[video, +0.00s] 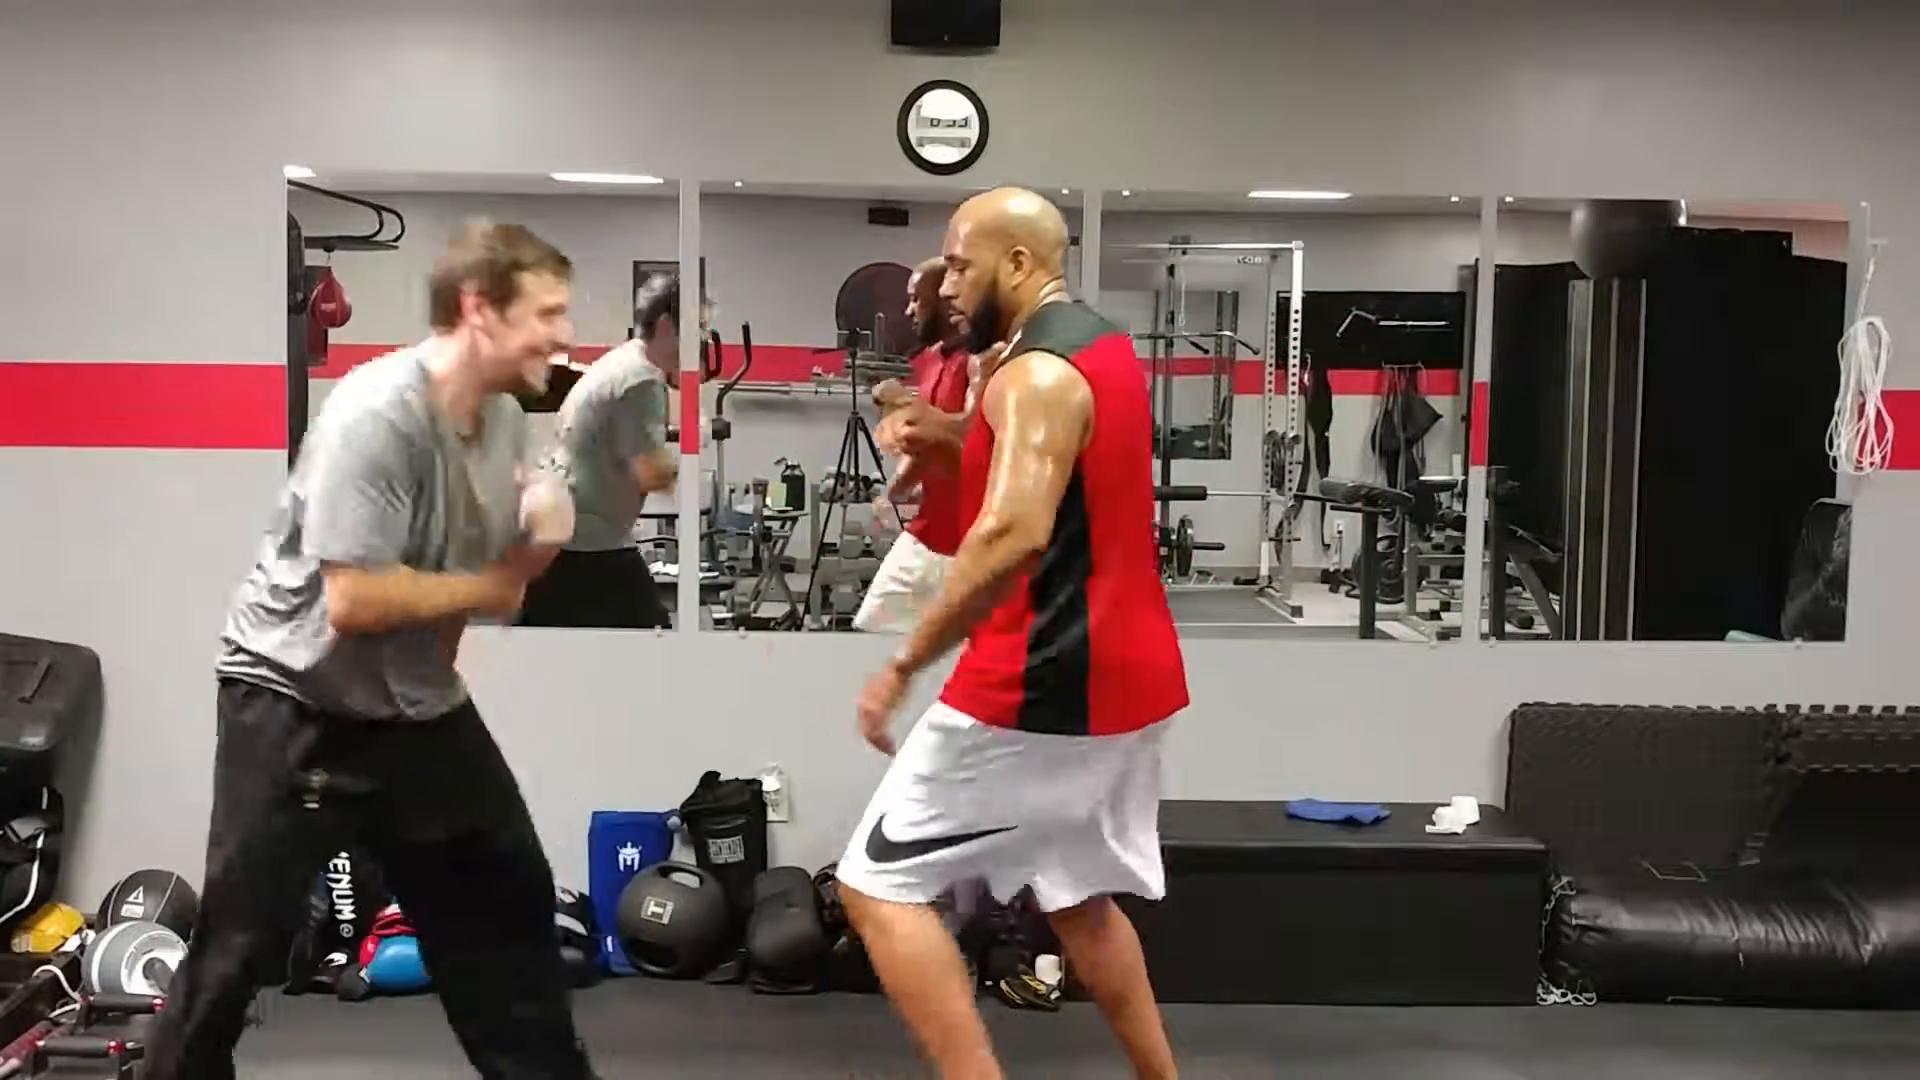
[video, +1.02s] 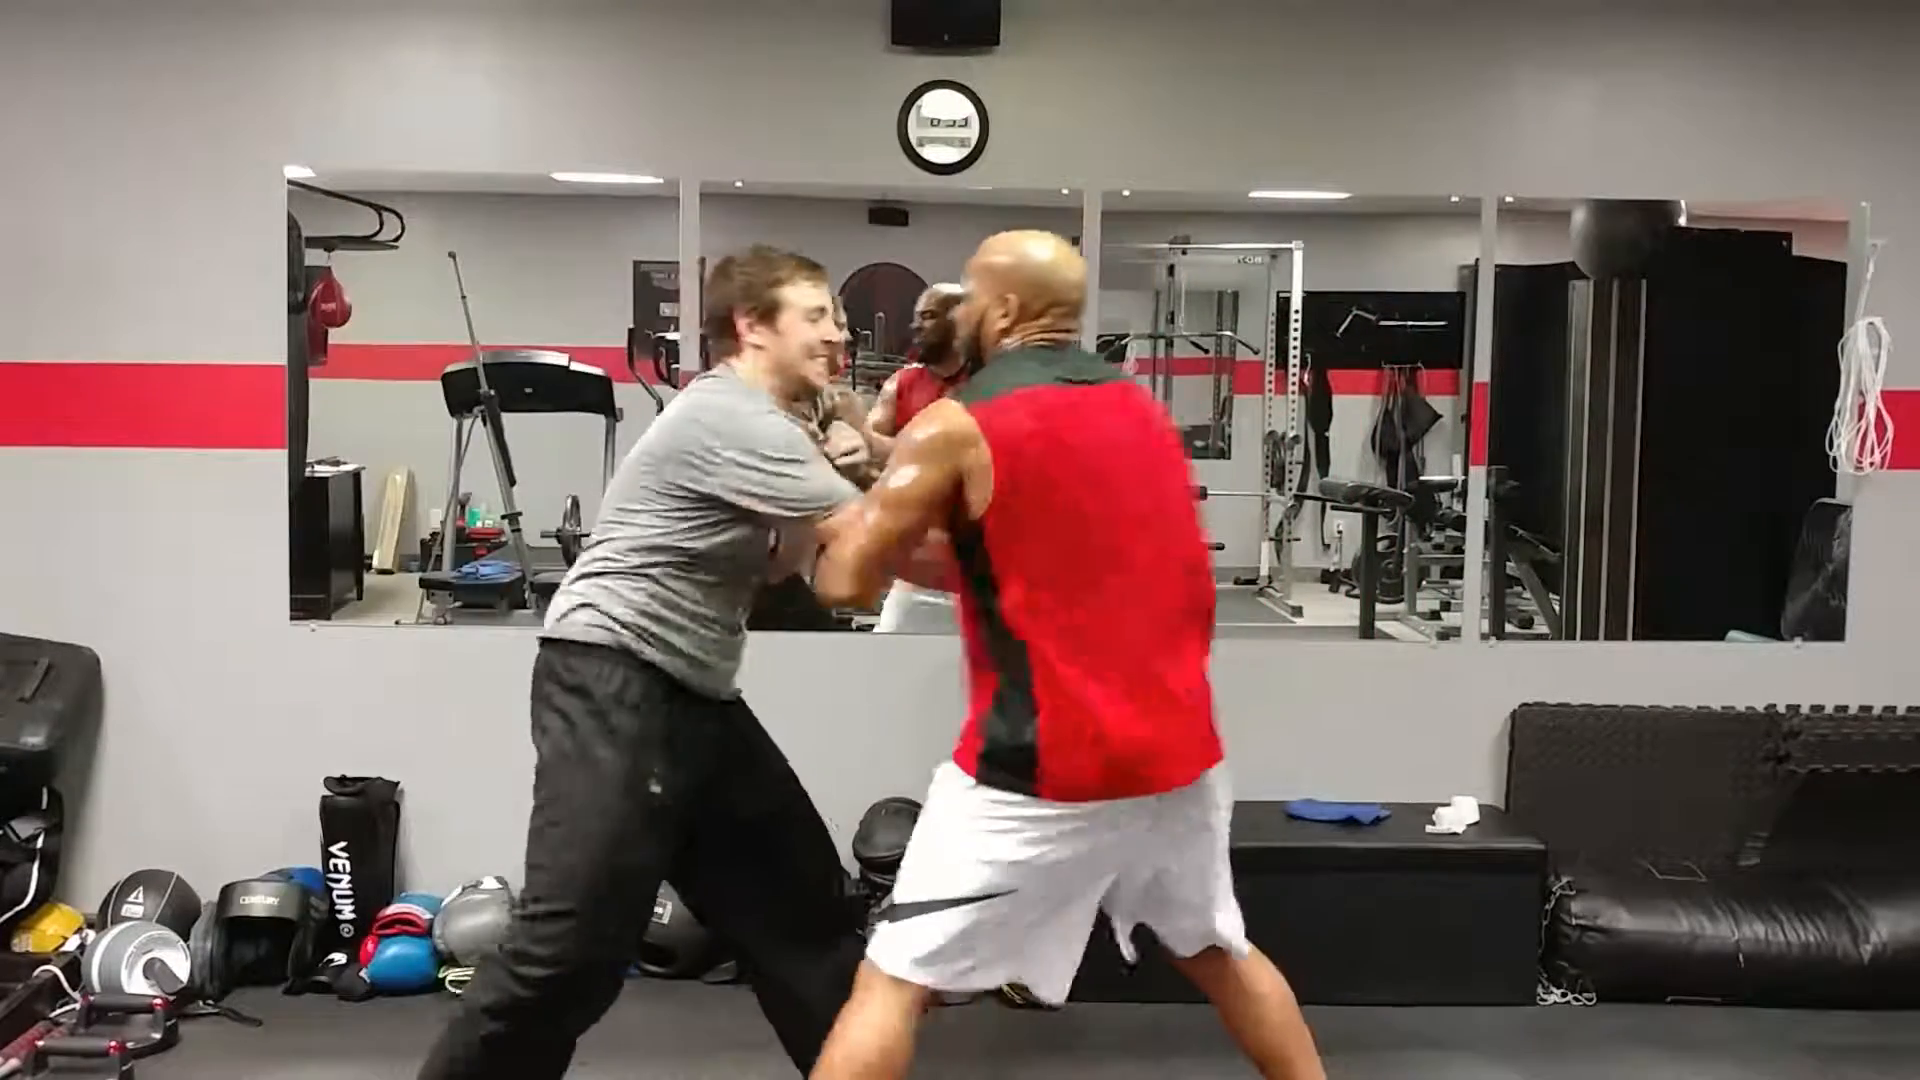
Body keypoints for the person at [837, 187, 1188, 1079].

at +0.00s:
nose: (945, 284)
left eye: (957, 264)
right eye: (945, 265)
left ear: (1017, 266)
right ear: (1034, 267)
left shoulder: (1038, 373)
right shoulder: (1104, 351)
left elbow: (1014, 530)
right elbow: (1070, 500)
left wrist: (904, 665)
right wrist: (952, 443)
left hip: (1035, 673)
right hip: (1129, 668)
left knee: (877, 885)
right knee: (1077, 892)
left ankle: (974, 1073)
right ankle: (1161, 1071)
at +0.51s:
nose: (997, 260)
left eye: (1011, 242)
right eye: (1000, 241)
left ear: (1071, 253)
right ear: (1086, 256)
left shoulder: (1090, 361)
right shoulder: (1140, 340)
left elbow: (1076, 511)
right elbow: (1005, 439)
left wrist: (936, 579)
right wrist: (934, 408)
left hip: (1091, 699)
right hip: (1192, 690)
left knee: (1008, 935)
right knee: (1186, 911)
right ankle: (1290, 1072)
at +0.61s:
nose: (1037, 266)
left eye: (1053, 249)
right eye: (1040, 248)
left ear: (1109, 260)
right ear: (1128, 263)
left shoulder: (1114, 355)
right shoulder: (1175, 339)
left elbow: (1023, 478)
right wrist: (976, 414)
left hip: (1108, 693)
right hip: (1221, 676)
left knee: (980, 914)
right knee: (1230, 913)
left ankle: (1030, 1074)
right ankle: (1321, 1073)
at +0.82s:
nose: (1052, 266)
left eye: (1066, 251)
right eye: (1060, 249)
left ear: (1111, 272)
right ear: (1162, 274)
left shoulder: (1050, 395)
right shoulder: (1237, 371)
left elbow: (974, 548)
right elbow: (1162, 491)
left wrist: (977, 442)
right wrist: (1011, 419)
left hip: (1088, 701)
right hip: (1227, 698)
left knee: (955, 921)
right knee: (1248, 935)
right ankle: (1321, 1076)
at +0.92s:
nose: (1017, 302)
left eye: (1026, 289)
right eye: (1022, 286)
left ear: (1060, 301)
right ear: (1132, 302)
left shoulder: (996, 411)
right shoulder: (1212, 393)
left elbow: (863, 565)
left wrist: (895, 493)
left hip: (1067, 729)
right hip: (1211, 720)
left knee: (928, 937)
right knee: (1237, 940)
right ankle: (1315, 1076)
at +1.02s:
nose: (960, 311)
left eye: (971, 296)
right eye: (966, 294)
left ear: (1004, 311)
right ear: (1070, 315)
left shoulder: (960, 424)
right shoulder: (1136, 403)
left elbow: (845, 578)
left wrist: (848, 524)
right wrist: (918, 546)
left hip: (1036, 757)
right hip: (1176, 743)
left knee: (894, 983)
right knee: (1217, 946)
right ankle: (1309, 1073)